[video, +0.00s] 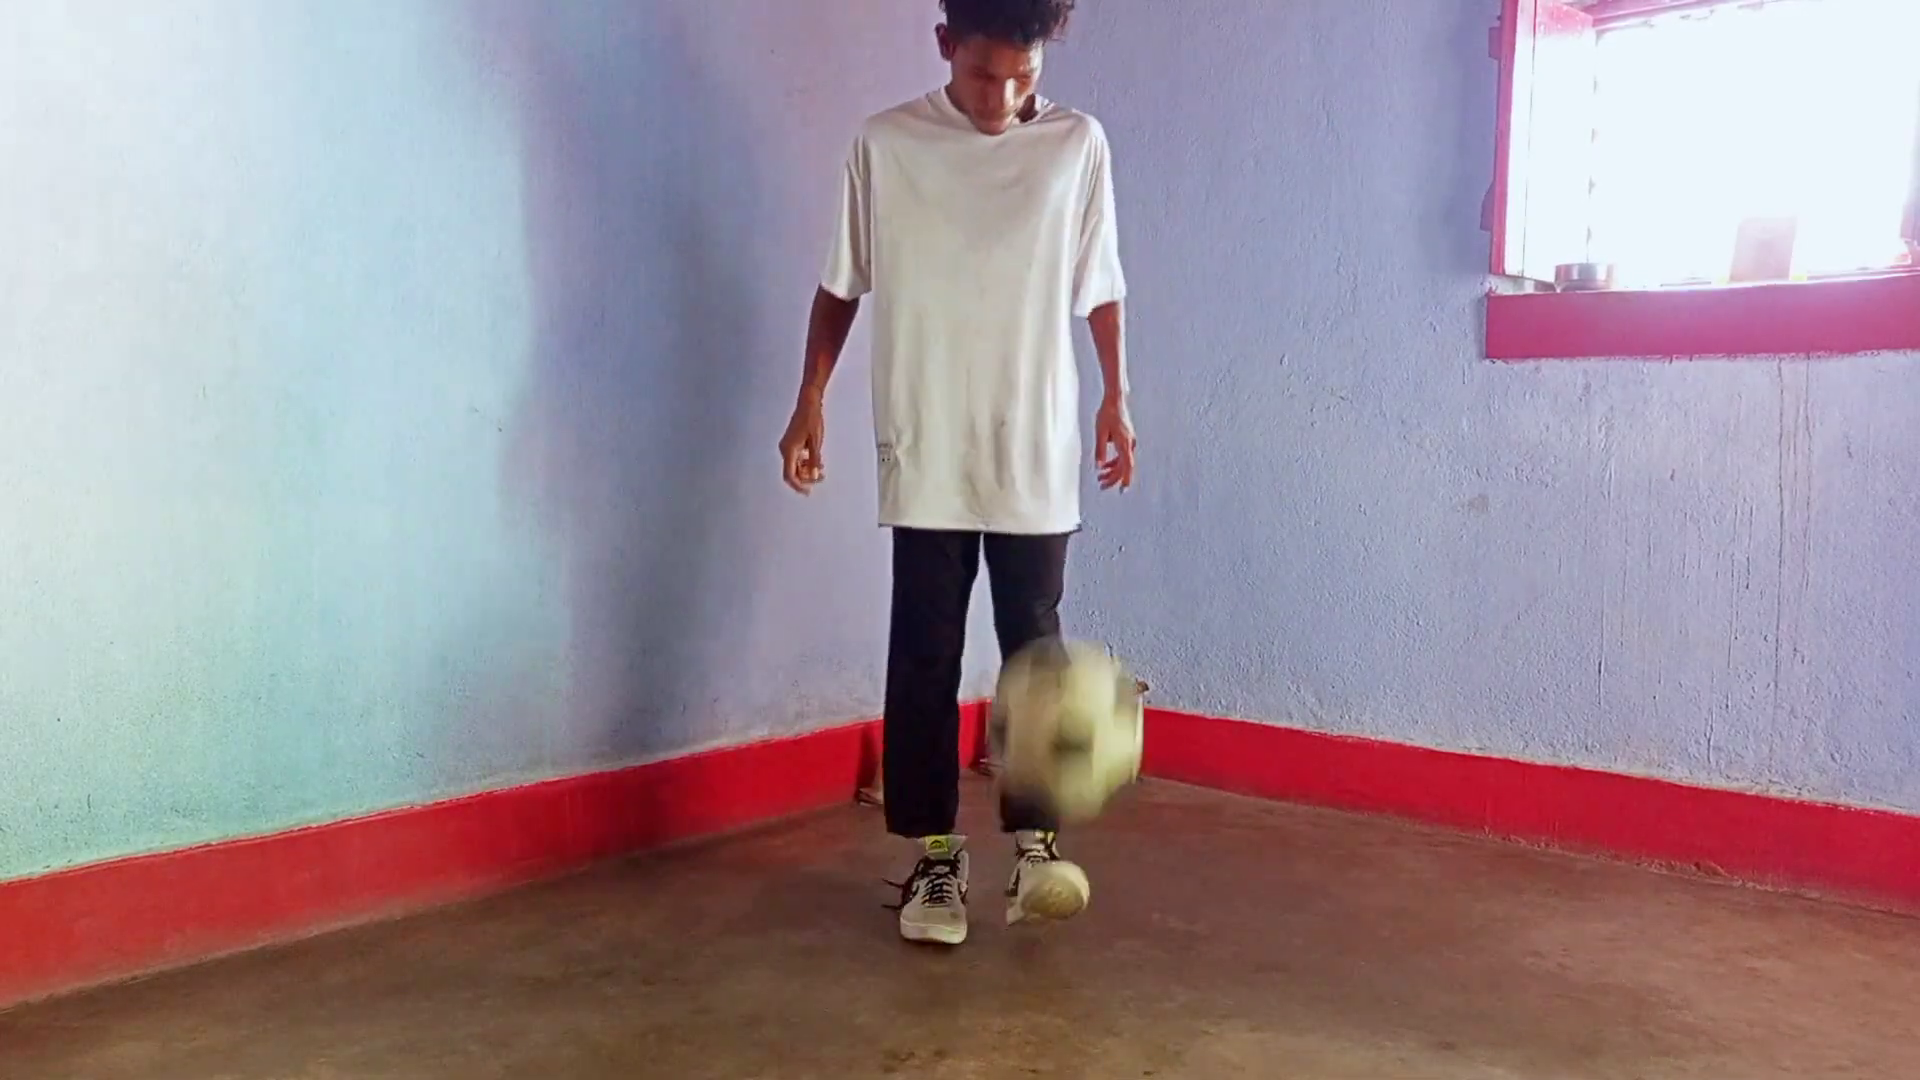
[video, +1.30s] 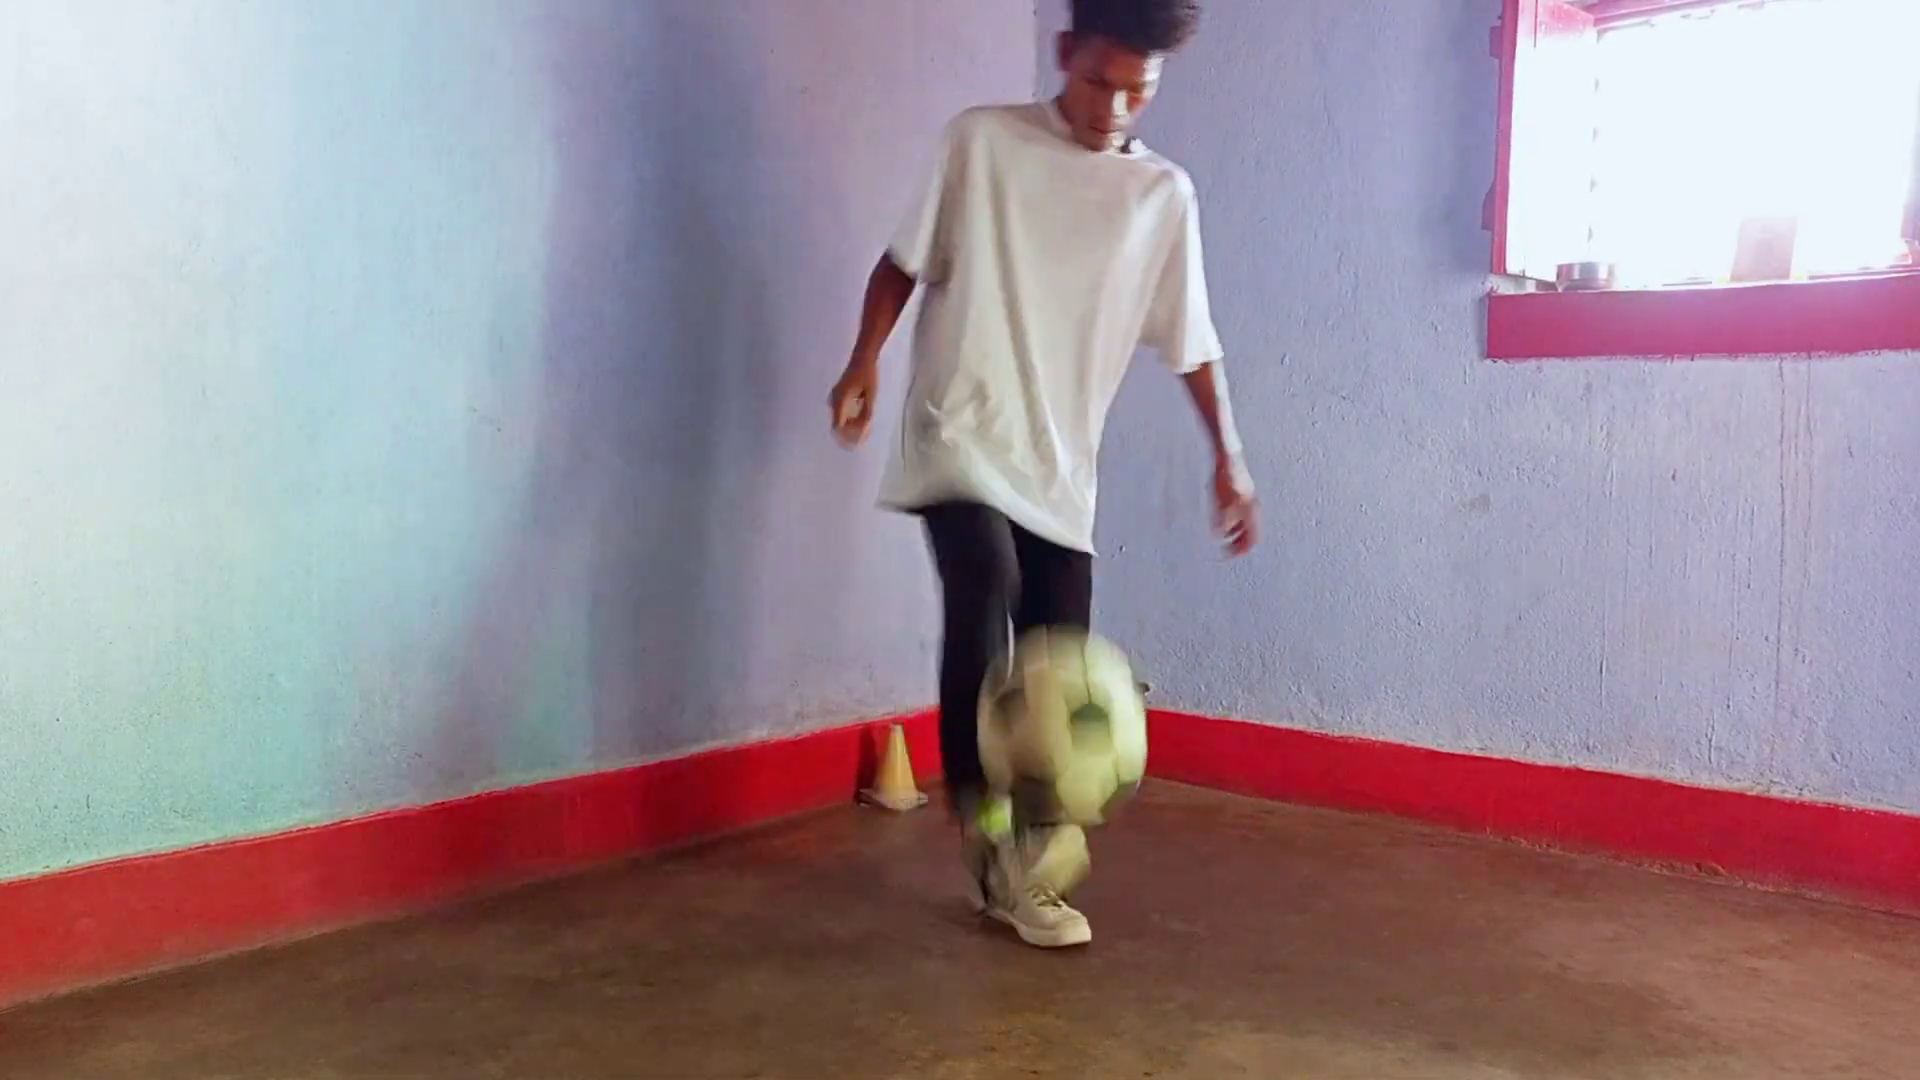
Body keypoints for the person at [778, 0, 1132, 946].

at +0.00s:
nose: (1001, 97)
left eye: (1019, 77)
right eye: (983, 76)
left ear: (1043, 56)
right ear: (944, 46)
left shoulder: (1076, 143)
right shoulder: (884, 143)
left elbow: (1100, 281)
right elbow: (841, 283)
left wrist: (1116, 398)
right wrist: (809, 402)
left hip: (1036, 441)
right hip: (925, 442)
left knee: (1036, 649)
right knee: (926, 657)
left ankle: (1036, 847)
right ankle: (935, 860)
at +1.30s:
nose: (1115, 111)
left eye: (1135, 93)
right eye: (1099, 86)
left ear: (1155, 79)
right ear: (1063, 58)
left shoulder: (1164, 194)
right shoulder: (981, 140)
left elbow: (1191, 340)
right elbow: (904, 265)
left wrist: (1229, 458)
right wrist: (862, 362)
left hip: (1061, 456)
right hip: (959, 430)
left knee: (1060, 659)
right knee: (986, 586)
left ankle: (1035, 865)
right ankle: (984, 840)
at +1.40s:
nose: (1127, 97)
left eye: (1146, 81)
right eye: (1113, 73)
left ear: (1167, 73)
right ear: (1078, 48)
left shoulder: (1176, 178)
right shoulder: (1000, 122)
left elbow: (1202, 313)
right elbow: (911, 226)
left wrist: (1233, 422)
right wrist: (868, 323)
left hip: (1071, 437)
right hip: (975, 385)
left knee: (1064, 656)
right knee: (975, 476)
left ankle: (1022, 855)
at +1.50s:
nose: (1118, 71)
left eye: (1137, 53)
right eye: (1101, 47)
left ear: (1160, 47)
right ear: (1064, 31)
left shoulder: (1178, 152)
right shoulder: (991, 112)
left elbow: (1215, 277)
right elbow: (910, 211)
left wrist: (1257, 362)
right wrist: (830, 271)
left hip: (1085, 419)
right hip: (995, 376)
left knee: (1077, 623)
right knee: (998, 249)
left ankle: (1029, 839)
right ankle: (936, 405)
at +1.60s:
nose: (1090, 60)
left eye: (1112, 42)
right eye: (1074, 35)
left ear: (1140, 38)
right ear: (1044, 24)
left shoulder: (1174, 142)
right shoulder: (978, 112)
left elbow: (1254, 253)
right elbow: (916, 227)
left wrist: (1313, 336)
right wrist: (825, 265)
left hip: (1087, 384)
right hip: (978, 365)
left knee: (1073, 604)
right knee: (1001, 167)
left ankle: (1026, 843)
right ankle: (965, 369)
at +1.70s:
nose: (1062, 58)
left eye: (1086, 36)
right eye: (1046, 32)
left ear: (1122, 25)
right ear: (1021, 19)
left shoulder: (1167, 138)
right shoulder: (963, 121)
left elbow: (1265, 243)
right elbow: (922, 252)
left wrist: (1357, 328)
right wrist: (842, 313)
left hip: (1078, 411)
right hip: (980, 388)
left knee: (1069, 616)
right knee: (1045, 233)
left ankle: (1018, 846)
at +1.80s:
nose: (1060, 74)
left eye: (1082, 54)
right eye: (1043, 50)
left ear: (1120, 44)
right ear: (1021, 39)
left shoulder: (1169, 158)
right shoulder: (965, 145)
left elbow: (1278, 273)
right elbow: (918, 282)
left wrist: (1371, 372)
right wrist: (856, 358)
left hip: (1081, 425)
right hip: (971, 406)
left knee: (1062, 626)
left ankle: (1011, 859)